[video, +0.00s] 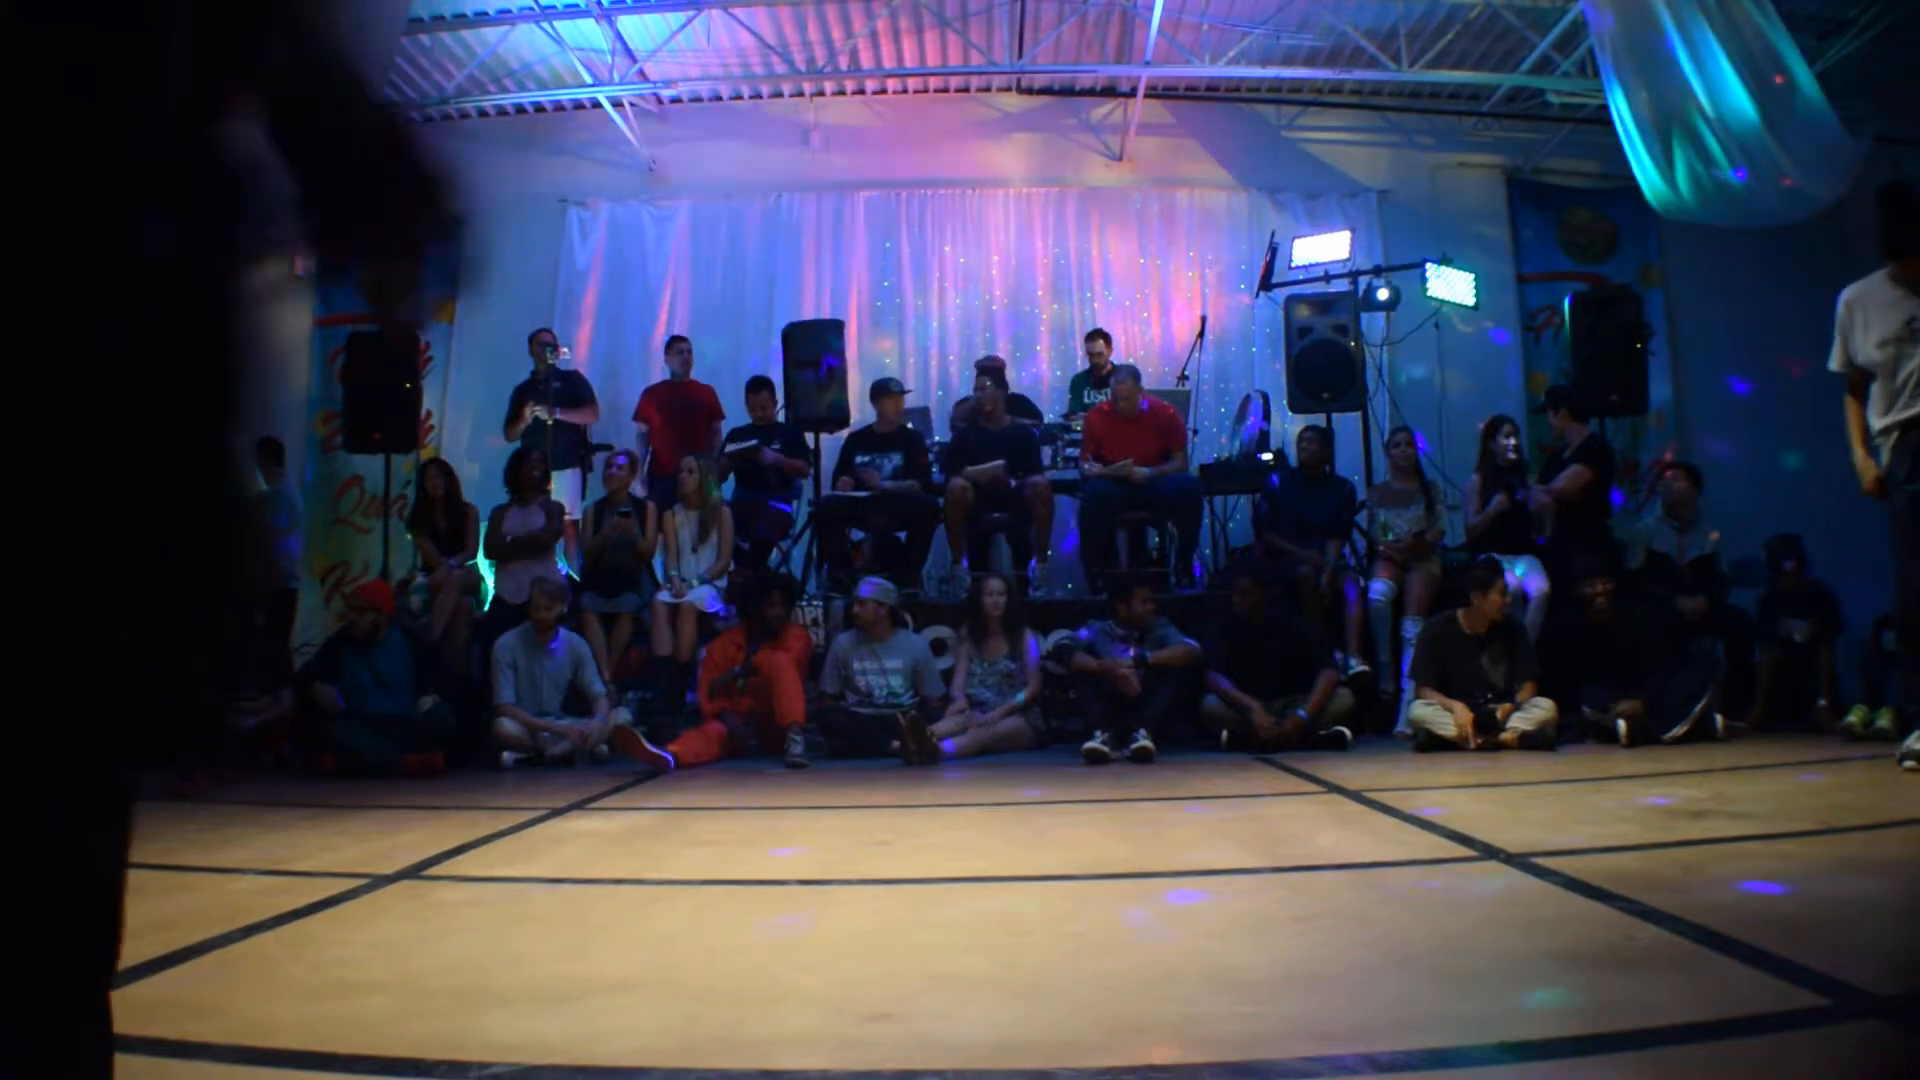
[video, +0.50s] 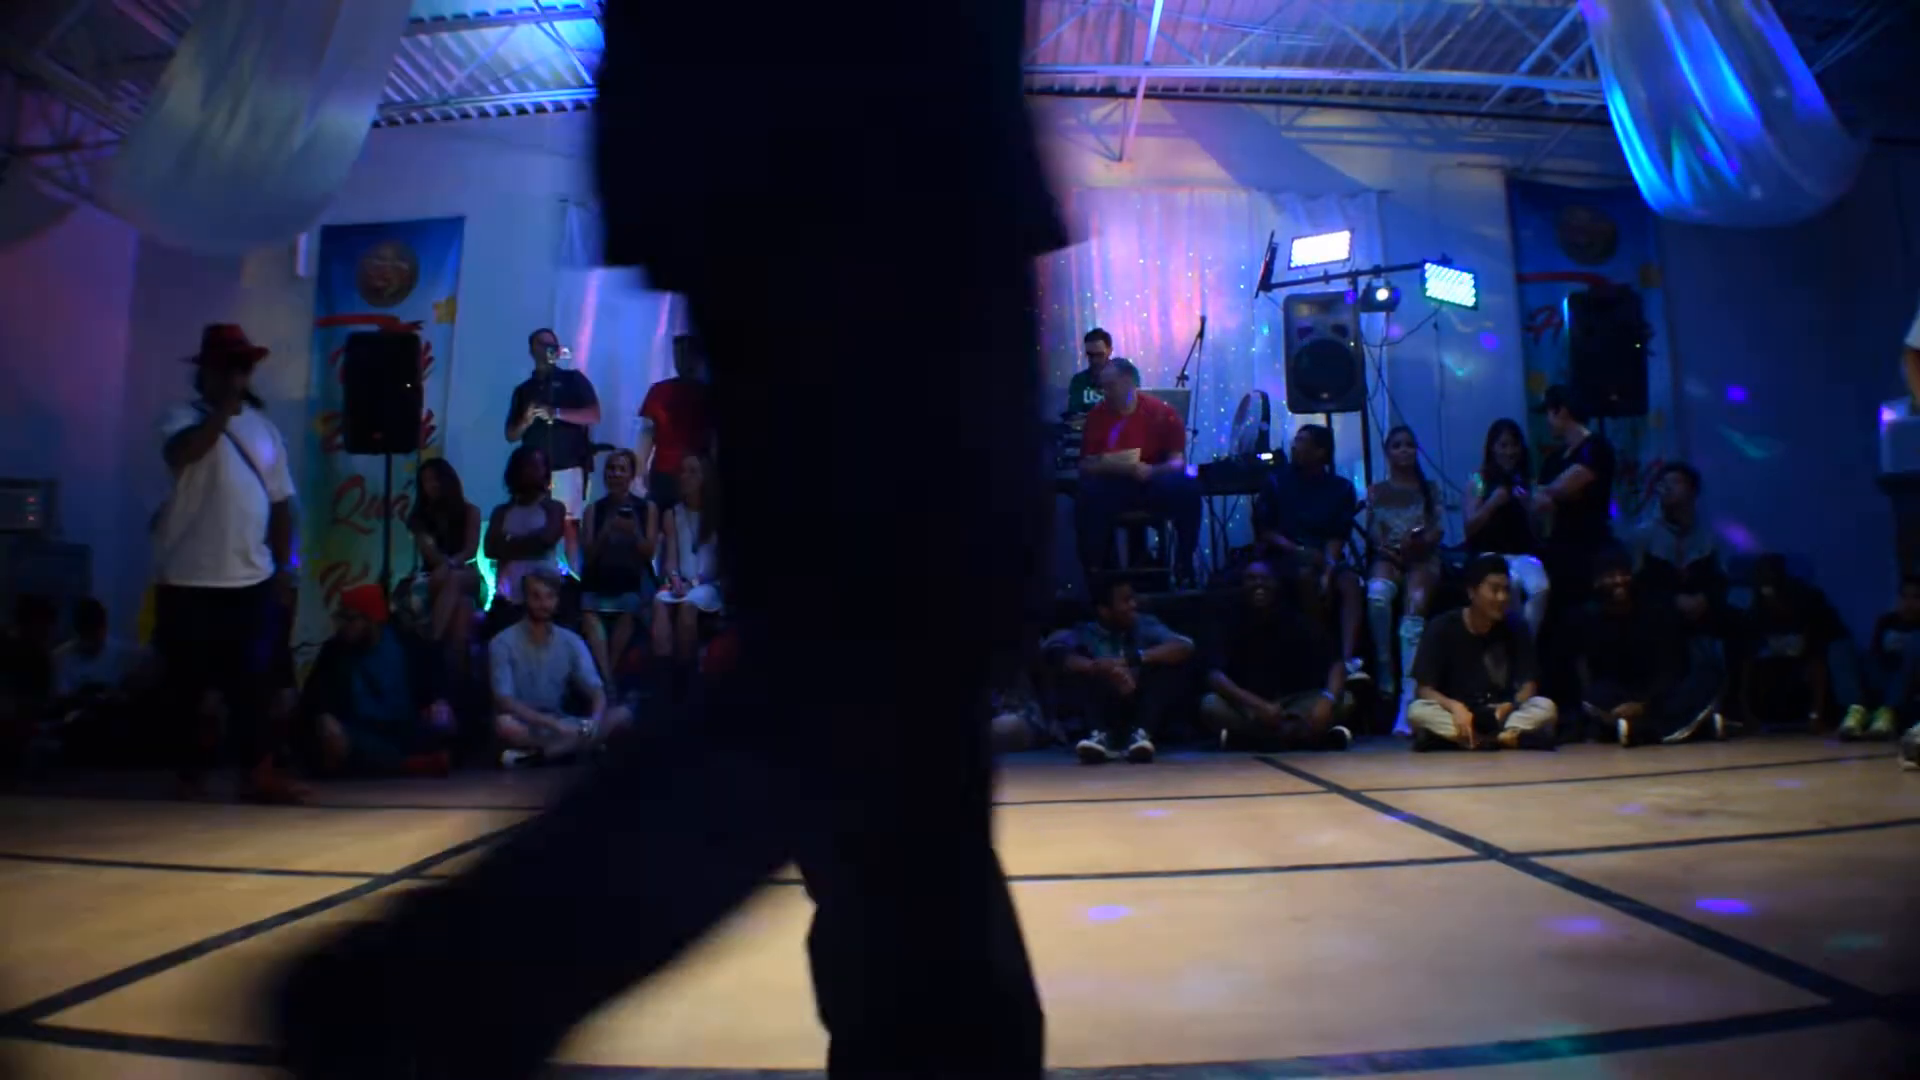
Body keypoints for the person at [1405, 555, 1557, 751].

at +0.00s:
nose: (1507, 600)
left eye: (1506, 594)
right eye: (1501, 593)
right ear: (1476, 597)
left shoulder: (1512, 629)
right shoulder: (1437, 629)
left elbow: (1528, 685)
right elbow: (1423, 689)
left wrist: (1512, 706)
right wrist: (1456, 707)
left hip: (1500, 706)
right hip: (1456, 709)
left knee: (1546, 708)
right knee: (1418, 711)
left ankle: (1469, 742)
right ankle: (1504, 740)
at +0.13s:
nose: (1506, 600)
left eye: (1506, 593)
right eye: (1501, 593)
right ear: (1476, 597)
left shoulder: (1511, 628)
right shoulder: (1437, 629)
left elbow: (1528, 686)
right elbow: (1423, 689)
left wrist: (1511, 706)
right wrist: (1456, 707)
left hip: (1500, 706)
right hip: (1456, 708)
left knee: (1546, 707)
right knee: (1418, 711)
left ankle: (1468, 743)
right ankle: (1505, 740)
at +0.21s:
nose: (1506, 600)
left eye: (1506, 593)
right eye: (1501, 592)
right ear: (1477, 597)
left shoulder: (1511, 629)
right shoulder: (1437, 629)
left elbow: (1528, 684)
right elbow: (1423, 689)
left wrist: (1511, 707)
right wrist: (1456, 708)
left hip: (1500, 706)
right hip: (1456, 709)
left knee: (1546, 708)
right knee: (1418, 711)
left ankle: (1463, 743)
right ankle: (1505, 740)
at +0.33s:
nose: (1507, 600)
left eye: (1508, 593)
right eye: (1501, 593)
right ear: (1475, 595)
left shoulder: (1514, 629)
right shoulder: (1440, 629)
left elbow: (1528, 684)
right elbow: (1423, 689)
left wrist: (1511, 706)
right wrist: (1456, 708)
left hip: (1500, 706)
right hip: (1456, 708)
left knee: (1546, 707)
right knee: (1418, 711)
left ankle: (1462, 743)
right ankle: (1505, 740)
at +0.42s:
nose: (1504, 599)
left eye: (1507, 592)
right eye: (1496, 591)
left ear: (1511, 595)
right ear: (1473, 593)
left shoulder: (1514, 628)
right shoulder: (1442, 628)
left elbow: (1529, 684)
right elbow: (1424, 689)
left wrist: (1510, 706)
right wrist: (1456, 708)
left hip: (1500, 705)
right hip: (1457, 706)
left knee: (1546, 707)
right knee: (1418, 711)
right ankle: (1503, 740)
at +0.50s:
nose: (1502, 598)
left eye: (1505, 590)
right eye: (1494, 590)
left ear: (1510, 593)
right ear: (1472, 592)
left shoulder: (1515, 628)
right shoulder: (1442, 628)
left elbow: (1529, 684)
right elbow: (1424, 689)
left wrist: (1510, 706)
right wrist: (1456, 708)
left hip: (1501, 705)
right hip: (1456, 706)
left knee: (1545, 707)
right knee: (1417, 711)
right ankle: (1502, 740)